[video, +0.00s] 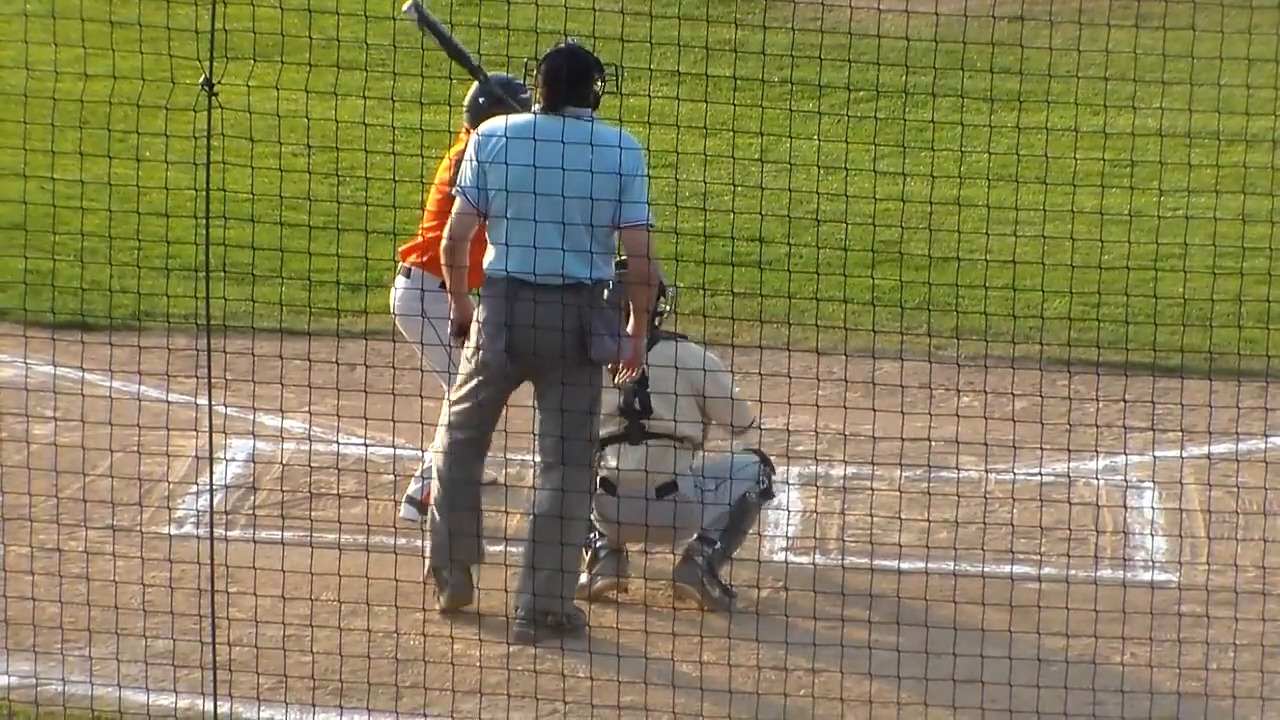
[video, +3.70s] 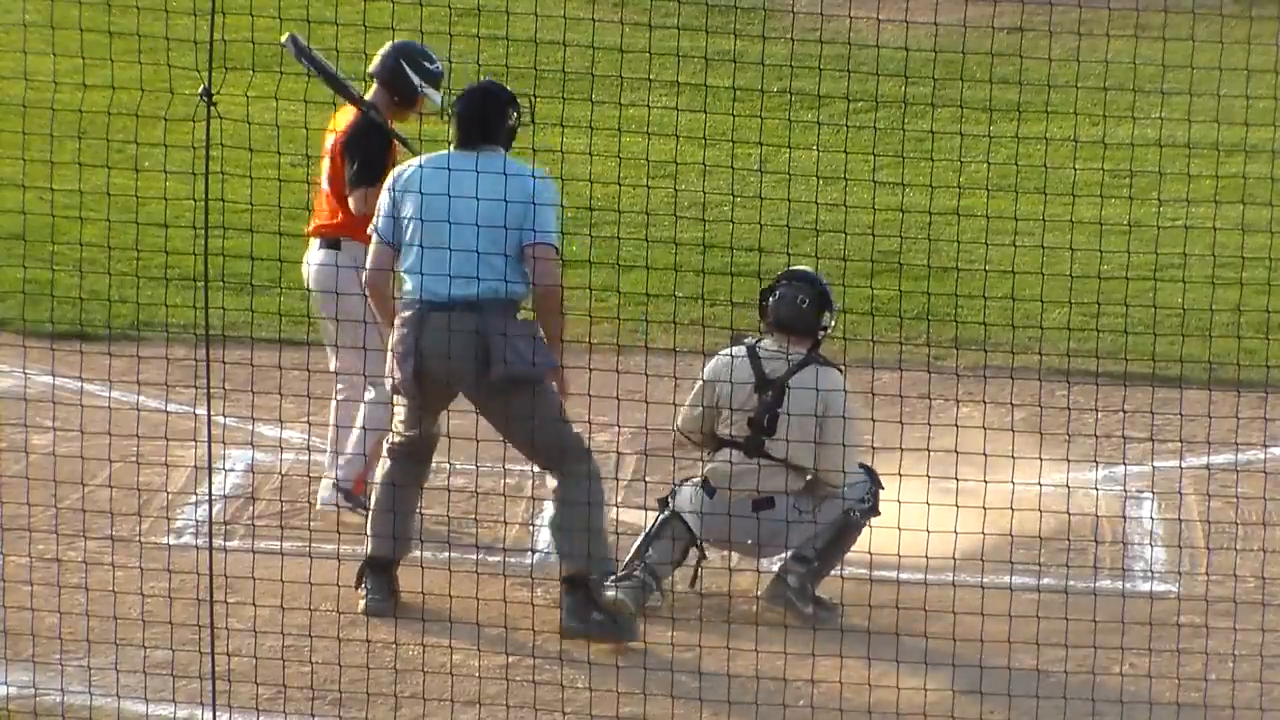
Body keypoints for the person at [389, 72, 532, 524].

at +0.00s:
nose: (523, 126)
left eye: (523, 118)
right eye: (519, 117)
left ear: (476, 115)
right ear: (501, 116)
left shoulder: (468, 151)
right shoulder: (478, 155)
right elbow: (459, 235)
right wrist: (465, 295)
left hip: (425, 290)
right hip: (429, 293)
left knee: (472, 387)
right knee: (472, 393)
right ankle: (423, 491)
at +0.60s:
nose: (523, 137)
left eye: (524, 127)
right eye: (518, 128)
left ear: (481, 124)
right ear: (500, 128)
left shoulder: (486, 156)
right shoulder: (471, 167)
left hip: (449, 281)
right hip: (431, 284)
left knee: (471, 374)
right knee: (452, 384)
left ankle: (463, 462)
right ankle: (435, 490)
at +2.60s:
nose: (539, 179)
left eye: (539, 171)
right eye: (534, 171)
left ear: (498, 170)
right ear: (516, 173)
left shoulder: (514, 213)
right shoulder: (477, 209)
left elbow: (522, 265)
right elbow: (482, 279)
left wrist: (556, 260)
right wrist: (534, 257)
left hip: (451, 325)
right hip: (411, 322)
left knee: (485, 403)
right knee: (468, 410)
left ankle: (441, 503)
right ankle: (434, 507)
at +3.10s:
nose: (514, 131)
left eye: (514, 123)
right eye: (507, 124)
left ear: (481, 127)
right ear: (487, 127)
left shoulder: (489, 161)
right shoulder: (445, 175)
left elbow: (486, 212)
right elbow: (430, 249)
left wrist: (512, 230)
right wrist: (484, 231)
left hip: (454, 286)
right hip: (415, 289)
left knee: (462, 388)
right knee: (445, 397)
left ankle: (410, 465)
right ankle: (434, 504)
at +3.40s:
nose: (471, 102)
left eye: (470, 94)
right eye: (465, 95)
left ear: (433, 97)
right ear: (444, 98)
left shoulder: (434, 136)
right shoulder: (407, 144)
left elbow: (441, 191)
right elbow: (399, 221)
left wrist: (479, 189)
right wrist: (453, 200)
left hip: (414, 274)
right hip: (392, 276)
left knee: (417, 381)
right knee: (435, 383)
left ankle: (354, 473)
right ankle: (432, 506)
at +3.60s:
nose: (435, 103)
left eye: (436, 94)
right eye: (432, 93)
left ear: (394, 85)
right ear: (414, 92)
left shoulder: (377, 123)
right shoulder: (379, 135)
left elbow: (390, 189)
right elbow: (373, 209)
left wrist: (419, 172)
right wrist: (425, 197)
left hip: (356, 260)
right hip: (361, 264)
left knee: (374, 377)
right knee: (394, 378)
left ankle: (345, 485)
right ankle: (405, 498)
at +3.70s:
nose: (419, 107)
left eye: (423, 97)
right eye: (418, 96)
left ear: (381, 81)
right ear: (400, 88)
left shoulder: (348, 118)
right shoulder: (367, 126)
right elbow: (360, 200)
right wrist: (413, 196)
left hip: (325, 258)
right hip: (347, 262)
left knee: (351, 377)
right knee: (382, 378)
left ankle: (339, 481)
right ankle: (349, 482)